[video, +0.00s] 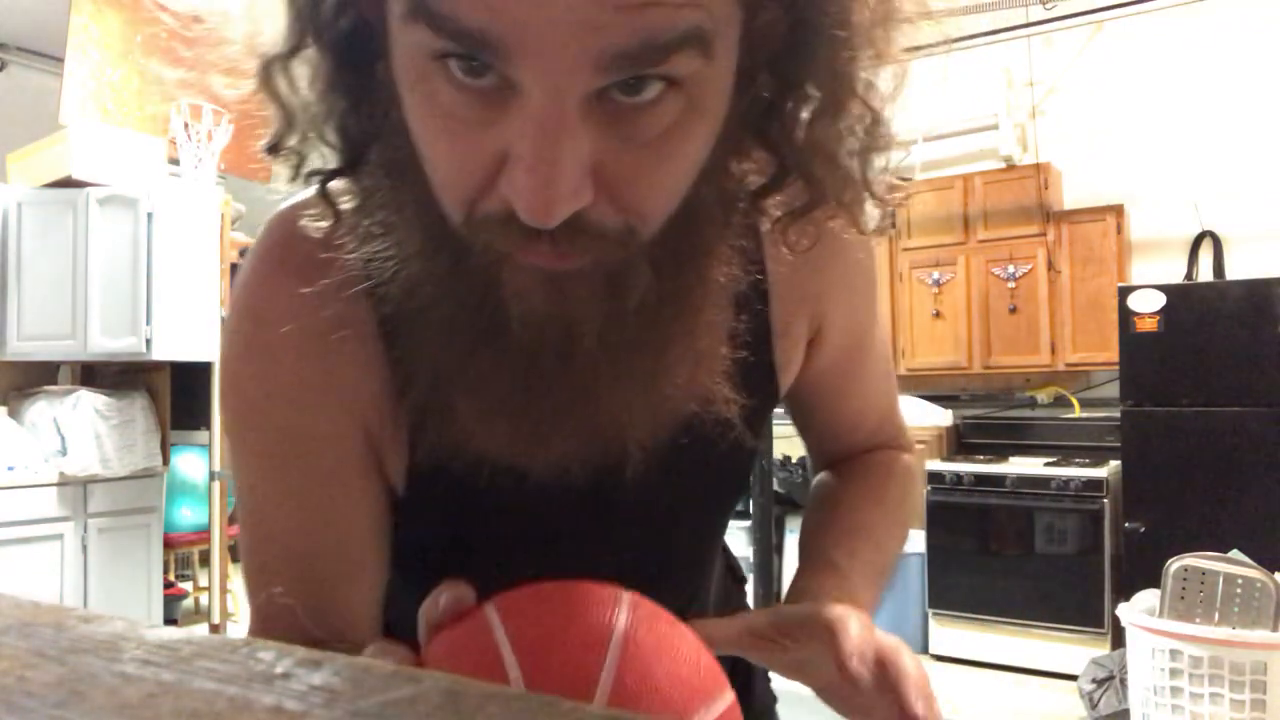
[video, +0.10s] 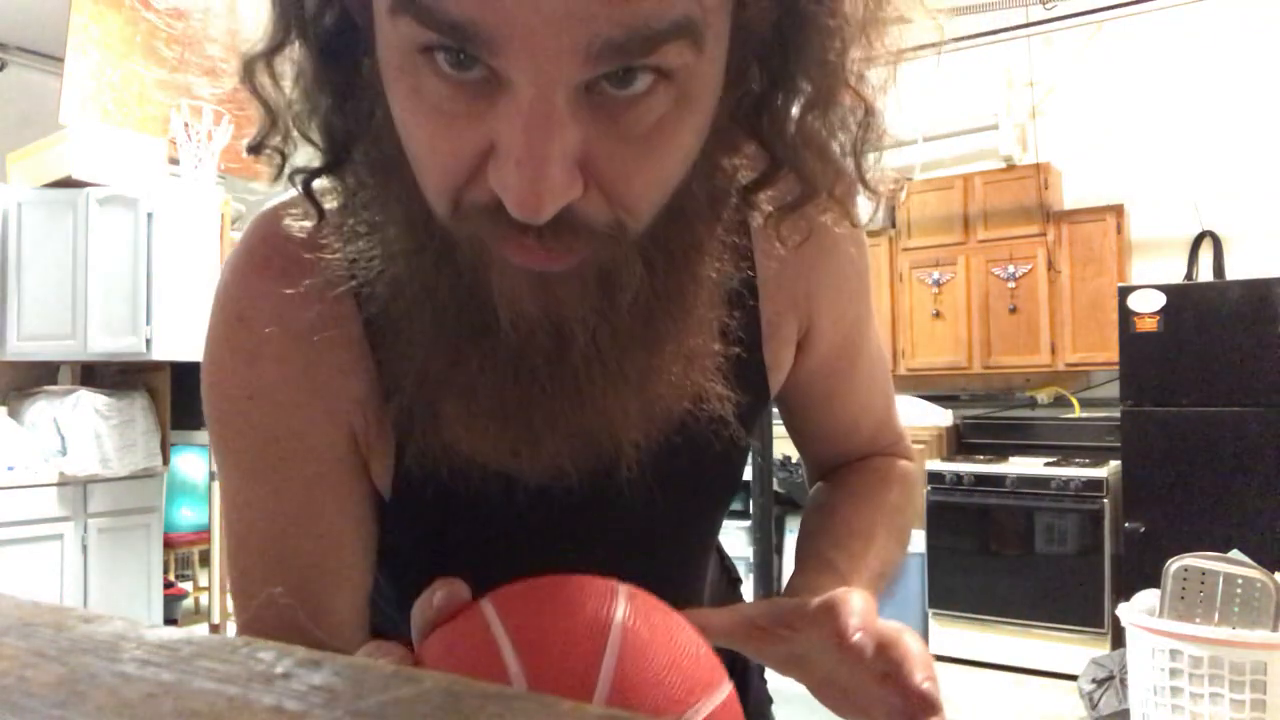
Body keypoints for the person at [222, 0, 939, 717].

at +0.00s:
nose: (546, 191)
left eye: (636, 86)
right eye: (470, 67)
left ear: (750, 61)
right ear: (373, 37)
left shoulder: (795, 243)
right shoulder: (316, 282)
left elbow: (871, 452)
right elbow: (303, 659)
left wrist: (830, 604)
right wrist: (417, 688)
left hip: (695, 699)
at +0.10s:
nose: (534, 184)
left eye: (624, 78)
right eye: (458, 61)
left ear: (740, 53)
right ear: (360, 34)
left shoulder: (787, 235)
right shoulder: (298, 288)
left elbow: (869, 457)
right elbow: (290, 680)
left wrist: (822, 598)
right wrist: (411, 691)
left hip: (691, 692)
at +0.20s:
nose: (537, 169)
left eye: (626, 61)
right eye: (461, 44)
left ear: (742, 46)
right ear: (361, 29)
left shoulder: (785, 222)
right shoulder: (295, 281)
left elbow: (869, 454)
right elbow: (279, 679)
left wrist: (834, 590)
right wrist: (382, 695)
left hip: (678, 693)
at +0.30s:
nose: (563, 146)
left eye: (653, 40)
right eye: (493, 25)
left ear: (754, 33)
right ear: (388, 23)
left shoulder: (787, 193)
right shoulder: (306, 268)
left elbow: (869, 446)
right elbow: (283, 643)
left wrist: (841, 579)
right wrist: (419, 675)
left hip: (702, 684)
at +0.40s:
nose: (634, 99)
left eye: (707, 13)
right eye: (563, 4)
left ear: (792, 20)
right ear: (441, 11)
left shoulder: (806, 180)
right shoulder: (338, 246)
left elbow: (879, 434)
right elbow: (293, 617)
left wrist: (862, 577)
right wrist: (505, 657)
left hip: (732, 678)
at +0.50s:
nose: (746, 55)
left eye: (805, 1)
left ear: (848, 14)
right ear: (539, 8)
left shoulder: (829, 157)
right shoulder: (384, 219)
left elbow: (894, 414)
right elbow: (325, 604)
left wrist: (897, 573)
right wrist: (570, 625)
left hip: (732, 688)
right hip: (447, 704)